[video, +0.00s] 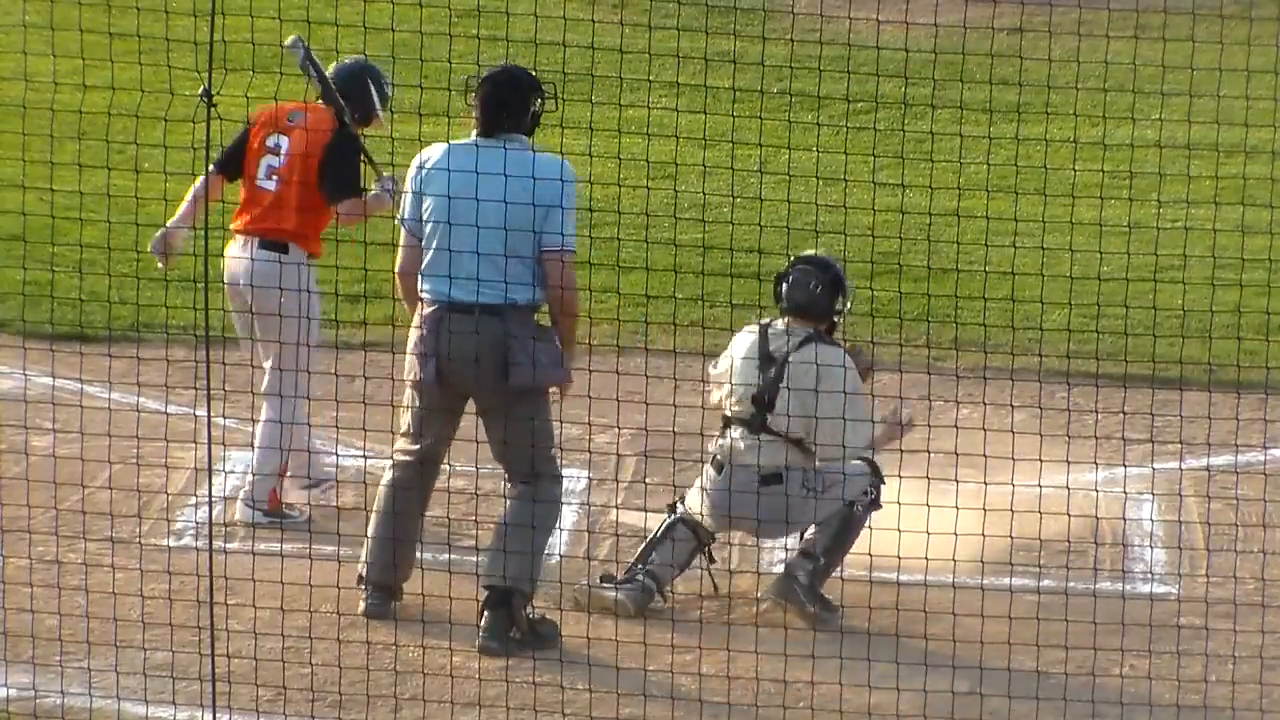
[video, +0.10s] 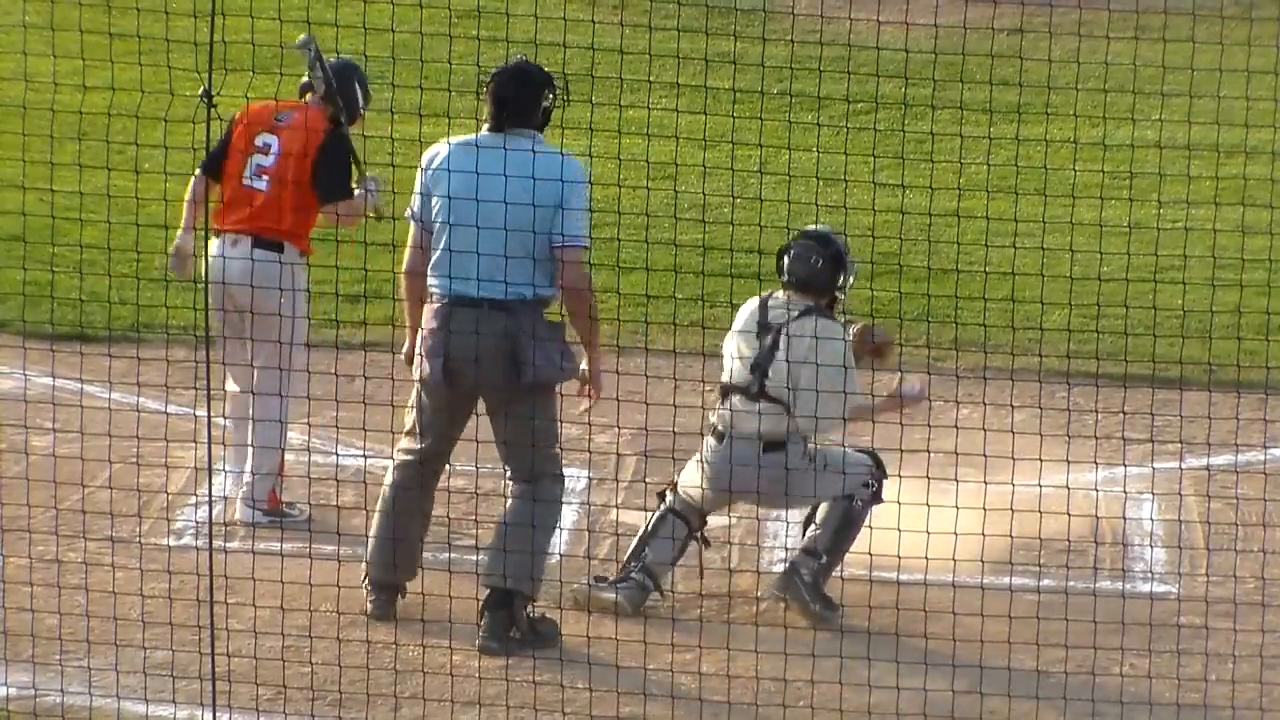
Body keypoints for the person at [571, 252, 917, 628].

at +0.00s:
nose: (839, 308)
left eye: (837, 299)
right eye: (838, 300)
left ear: (783, 296)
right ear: (831, 305)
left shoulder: (746, 338)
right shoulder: (833, 361)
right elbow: (838, 450)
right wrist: (884, 435)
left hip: (719, 491)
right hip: (782, 501)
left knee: (693, 511)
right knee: (864, 480)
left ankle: (638, 582)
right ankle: (802, 578)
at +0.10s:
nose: (841, 285)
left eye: (839, 276)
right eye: (840, 277)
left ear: (786, 272)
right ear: (832, 282)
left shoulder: (750, 309)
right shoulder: (827, 332)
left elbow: (761, 372)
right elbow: (823, 415)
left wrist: (845, 349)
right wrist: (894, 401)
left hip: (719, 458)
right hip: (778, 466)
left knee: (682, 503)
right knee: (867, 472)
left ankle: (633, 582)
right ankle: (806, 573)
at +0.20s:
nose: (851, 252)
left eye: (852, 242)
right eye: (850, 243)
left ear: (796, 238)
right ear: (843, 248)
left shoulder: (761, 275)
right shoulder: (832, 296)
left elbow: (775, 345)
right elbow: (821, 378)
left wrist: (852, 325)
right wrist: (882, 361)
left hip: (718, 417)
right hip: (775, 426)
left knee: (682, 490)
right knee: (868, 471)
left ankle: (631, 575)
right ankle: (799, 573)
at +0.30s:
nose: (863, 222)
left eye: (860, 212)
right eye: (861, 214)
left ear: (808, 209)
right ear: (854, 221)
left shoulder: (776, 246)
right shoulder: (840, 269)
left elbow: (787, 312)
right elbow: (835, 347)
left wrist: (862, 306)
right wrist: (892, 347)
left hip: (720, 382)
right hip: (772, 394)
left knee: (707, 468)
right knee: (857, 473)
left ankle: (635, 557)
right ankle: (790, 578)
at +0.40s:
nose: (867, 210)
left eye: (865, 201)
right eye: (866, 201)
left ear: (812, 194)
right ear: (859, 206)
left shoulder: (781, 232)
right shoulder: (842, 260)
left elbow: (806, 295)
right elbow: (848, 346)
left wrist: (875, 306)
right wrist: (903, 364)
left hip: (720, 368)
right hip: (769, 381)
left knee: (733, 446)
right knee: (842, 470)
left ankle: (659, 536)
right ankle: (784, 580)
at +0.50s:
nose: (864, 203)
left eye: (864, 193)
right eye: (864, 194)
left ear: (813, 184)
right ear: (858, 199)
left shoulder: (783, 219)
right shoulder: (836, 245)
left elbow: (775, 294)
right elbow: (849, 338)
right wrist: (914, 351)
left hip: (716, 356)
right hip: (763, 369)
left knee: (746, 431)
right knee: (831, 471)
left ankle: (684, 534)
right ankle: (782, 583)